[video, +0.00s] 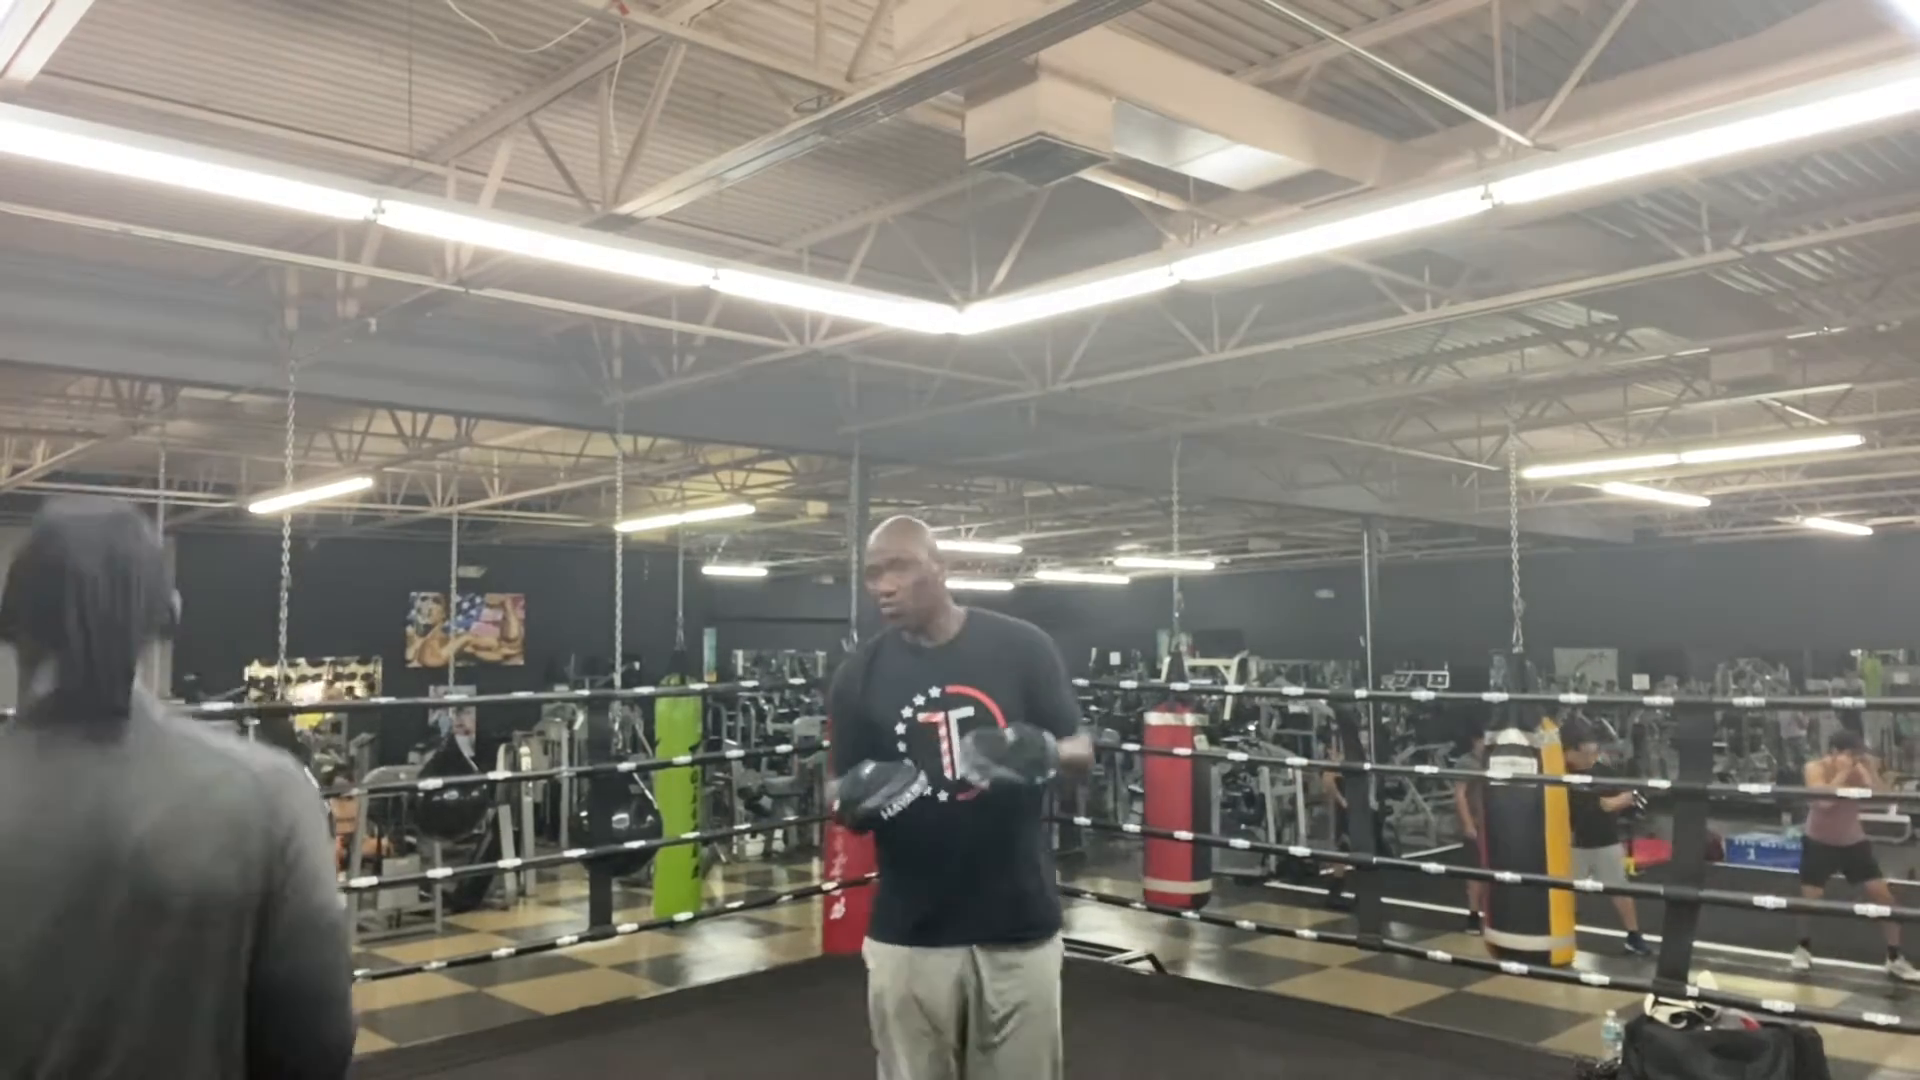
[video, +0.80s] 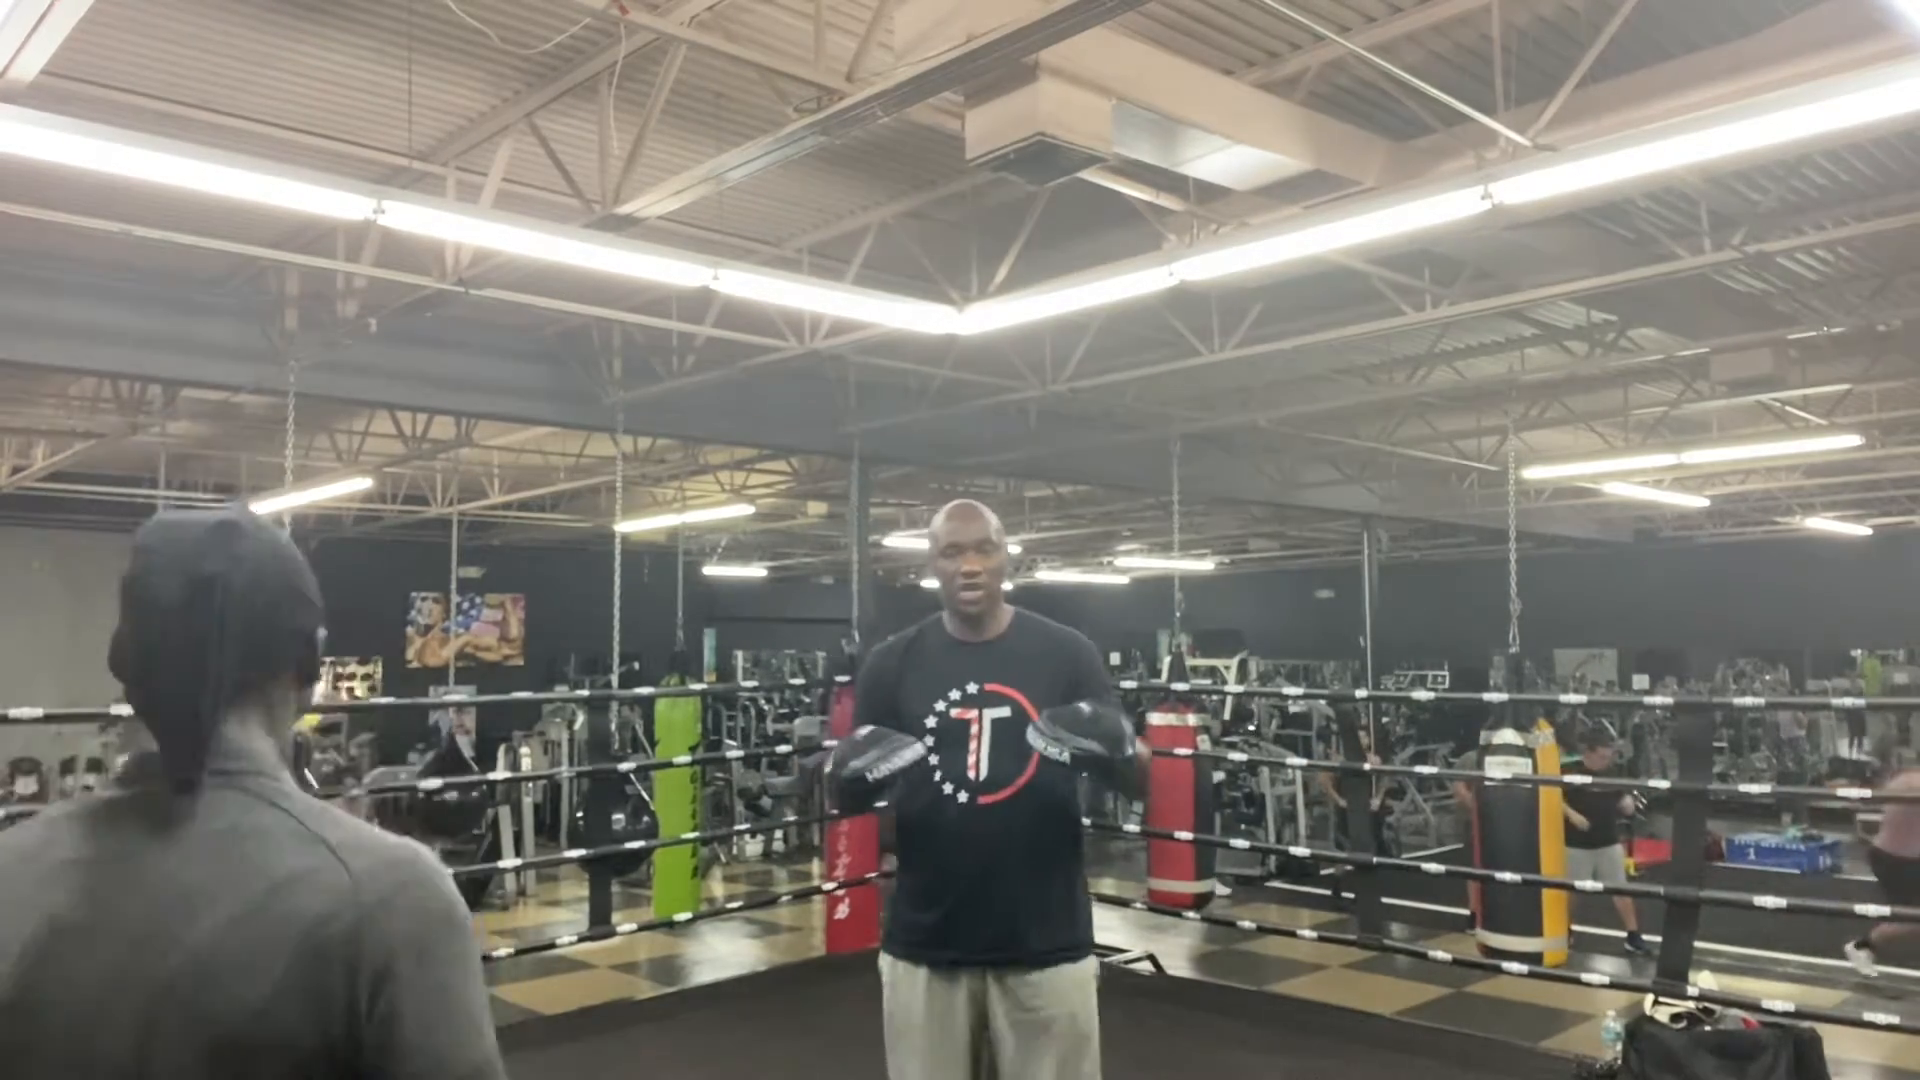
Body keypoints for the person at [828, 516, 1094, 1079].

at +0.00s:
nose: (881, 586)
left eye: (896, 568)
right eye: (873, 572)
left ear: (938, 569)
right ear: (866, 579)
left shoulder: (1025, 648)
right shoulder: (859, 675)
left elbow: (1082, 752)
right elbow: (839, 790)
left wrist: (1046, 753)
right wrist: (854, 799)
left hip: (1018, 928)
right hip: (908, 935)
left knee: (1023, 1072)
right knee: (912, 1073)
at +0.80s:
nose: (970, 565)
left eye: (983, 549)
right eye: (953, 552)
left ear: (1007, 558)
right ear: (932, 565)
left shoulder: (1069, 656)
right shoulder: (891, 665)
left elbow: (1139, 782)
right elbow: (849, 794)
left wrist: (1117, 750)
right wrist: (849, 780)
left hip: (1046, 944)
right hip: (926, 945)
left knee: (1056, 1073)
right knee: (925, 1073)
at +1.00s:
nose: (1033, 556)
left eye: (1049, 541)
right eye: (1017, 544)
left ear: (1074, 553)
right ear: (997, 558)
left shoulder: (1122, 650)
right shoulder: (954, 647)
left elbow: (1177, 784)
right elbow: (908, 764)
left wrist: (1178, 692)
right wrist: (856, 750)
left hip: (1079, 939)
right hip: (961, 934)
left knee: (1081, 1072)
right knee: (942, 1072)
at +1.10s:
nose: (1057, 561)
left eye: (1074, 546)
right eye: (1042, 547)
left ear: (1102, 556)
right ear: (1024, 560)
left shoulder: (1140, 652)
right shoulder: (980, 644)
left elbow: (1146, 804)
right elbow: (944, 768)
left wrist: (1158, 699)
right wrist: (894, 751)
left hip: (1090, 945)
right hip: (976, 936)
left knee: (1083, 1073)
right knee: (947, 1072)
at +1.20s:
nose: (1072, 565)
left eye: (1089, 550)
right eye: (1058, 551)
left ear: (1120, 559)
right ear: (1041, 562)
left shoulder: (1156, 662)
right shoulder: (1000, 637)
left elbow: (1143, 797)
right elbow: (957, 765)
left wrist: (1059, 753)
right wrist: (997, 738)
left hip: (1100, 952)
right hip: (989, 937)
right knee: (960, 1071)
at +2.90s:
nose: (1054, 580)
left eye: (1070, 566)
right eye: (1054, 565)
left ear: (1121, 576)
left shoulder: (1186, 671)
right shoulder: (1038, 648)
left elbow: (1219, 807)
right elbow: (1003, 772)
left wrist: (1151, 771)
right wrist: (1009, 745)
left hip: (1137, 947)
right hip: (1041, 931)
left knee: (1135, 1073)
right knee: (1035, 1073)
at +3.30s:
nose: (1063, 580)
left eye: (1083, 564)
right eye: (1060, 563)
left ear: (1132, 574)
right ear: (1054, 567)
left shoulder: (1187, 675)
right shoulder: (1033, 642)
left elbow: (1210, 818)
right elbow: (991, 771)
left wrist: (1151, 766)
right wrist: (1008, 742)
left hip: (1129, 962)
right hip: (1023, 942)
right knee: (1002, 1073)